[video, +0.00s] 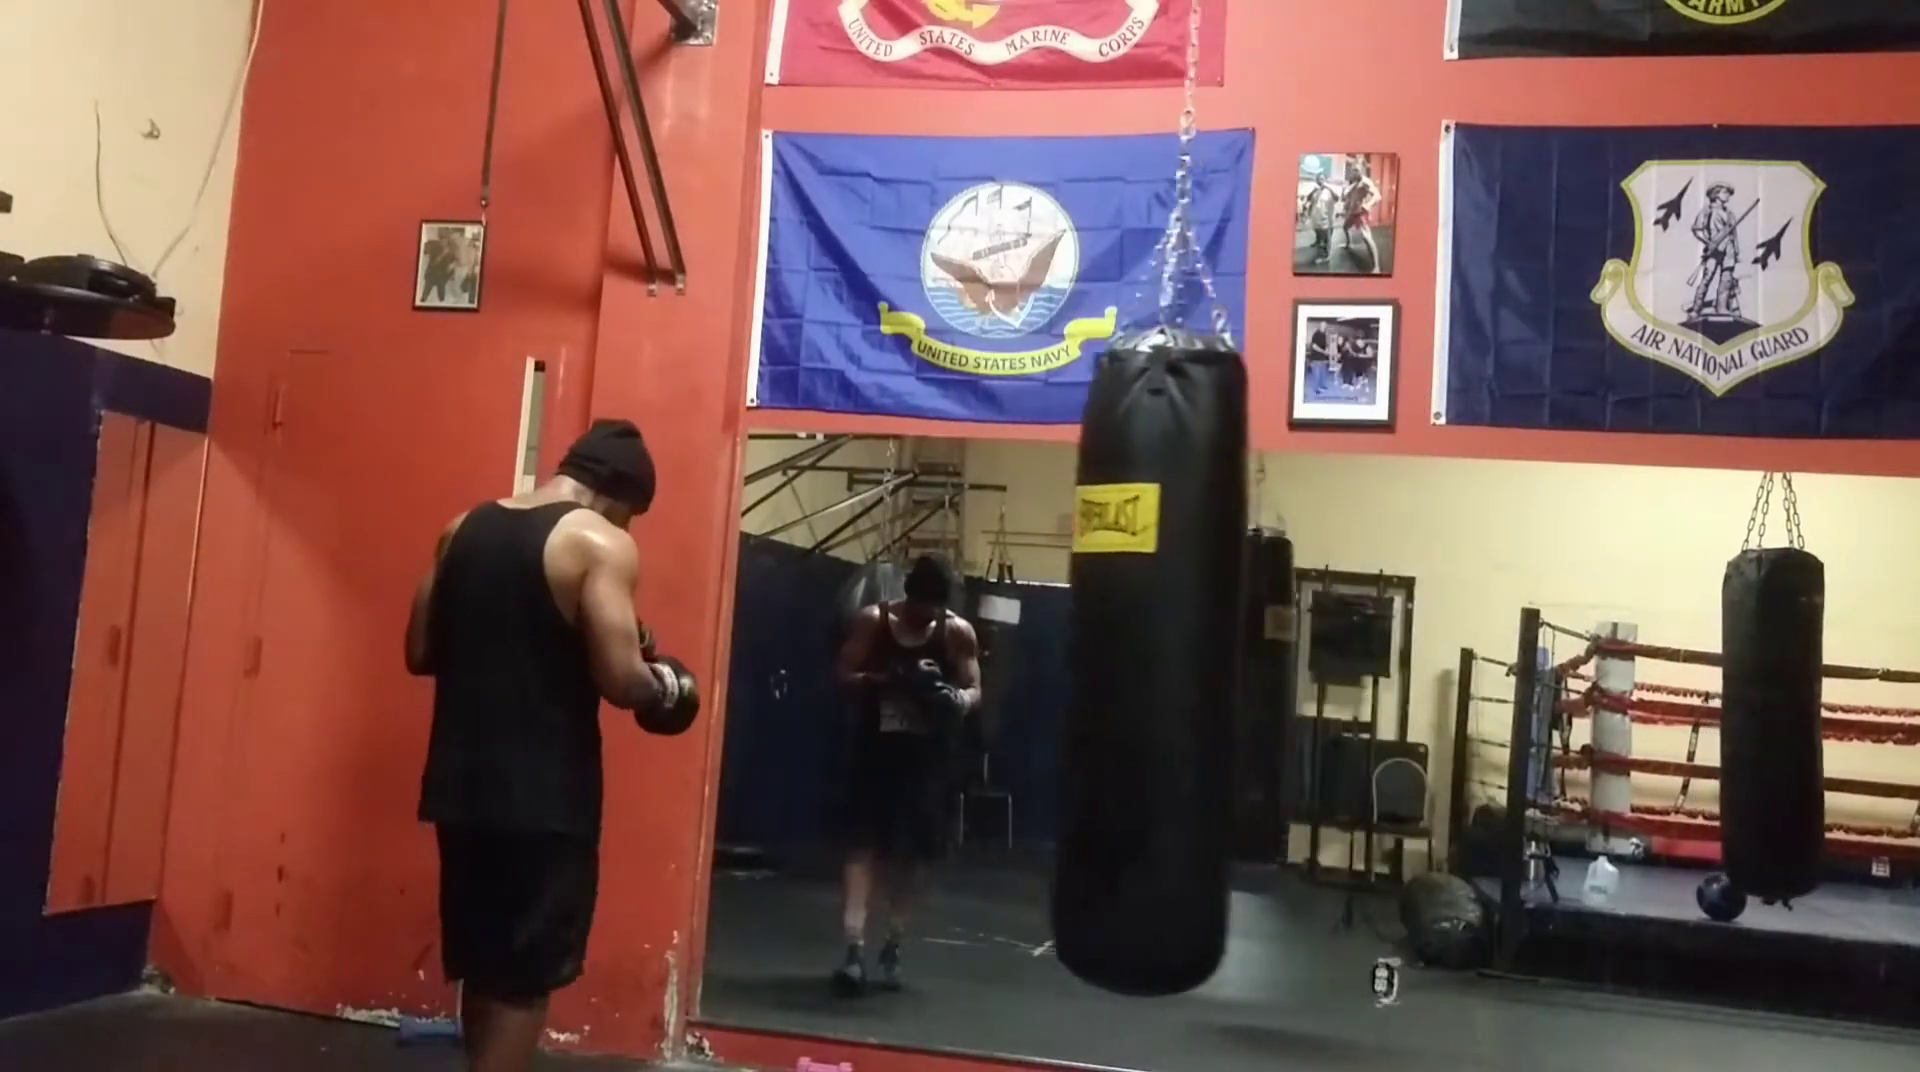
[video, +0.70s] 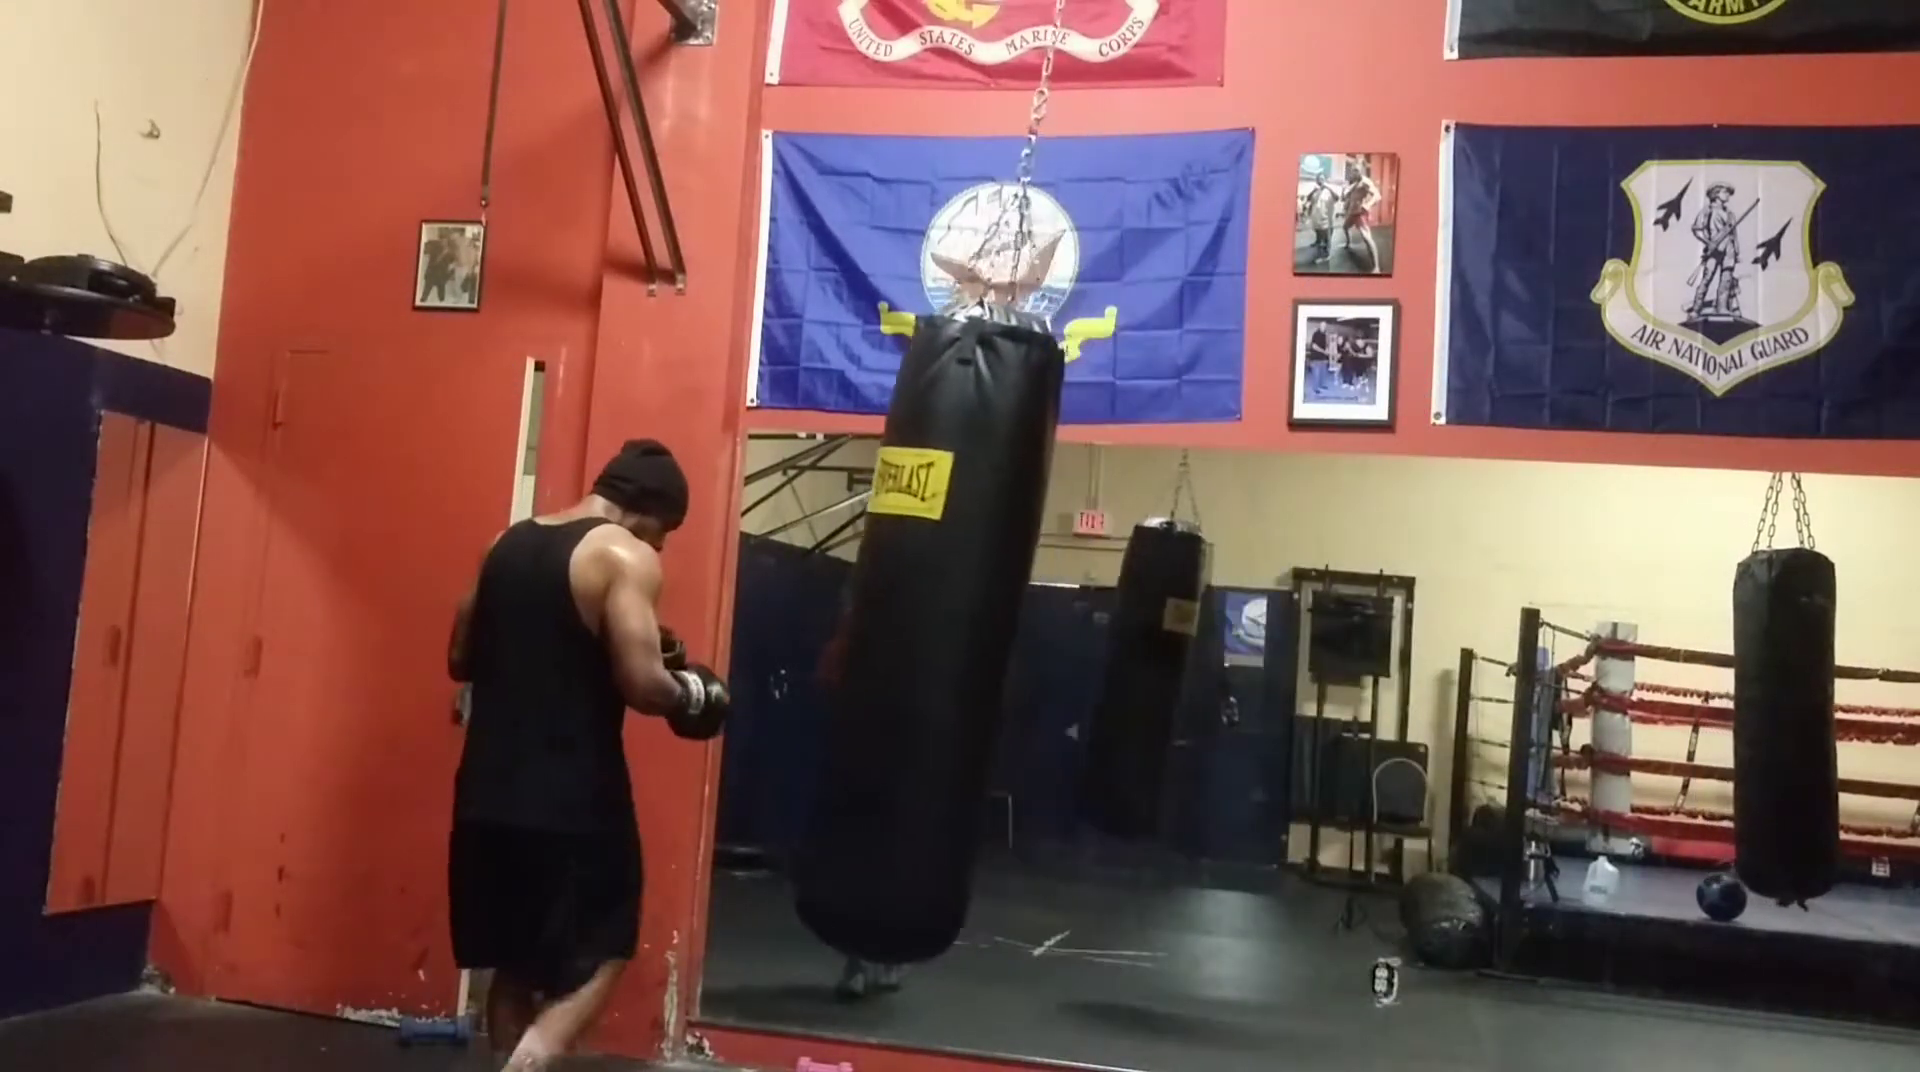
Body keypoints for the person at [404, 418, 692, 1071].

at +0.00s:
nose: (624, 526)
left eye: (629, 514)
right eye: (629, 513)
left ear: (567, 471)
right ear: (620, 492)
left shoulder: (467, 526)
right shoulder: (602, 542)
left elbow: (421, 654)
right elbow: (620, 678)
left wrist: (507, 635)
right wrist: (660, 684)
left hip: (464, 793)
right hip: (546, 802)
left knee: (481, 976)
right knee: (522, 987)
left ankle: (485, 1064)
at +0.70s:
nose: (659, 543)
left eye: (665, 531)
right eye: (663, 529)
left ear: (602, 491)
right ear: (648, 508)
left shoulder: (512, 541)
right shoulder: (626, 555)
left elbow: (461, 661)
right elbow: (642, 680)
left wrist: (555, 641)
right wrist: (687, 695)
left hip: (490, 786)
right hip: (576, 791)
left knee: (512, 961)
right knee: (605, 950)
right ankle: (525, 1061)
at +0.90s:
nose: (674, 542)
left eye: (681, 530)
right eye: (678, 528)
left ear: (620, 492)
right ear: (659, 508)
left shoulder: (532, 540)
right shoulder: (635, 554)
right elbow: (647, 672)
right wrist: (698, 692)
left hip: (508, 766)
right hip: (591, 771)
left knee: (528, 933)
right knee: (664, 919)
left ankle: (514, 1063)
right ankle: (589, 1052)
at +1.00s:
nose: (688, 539)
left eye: (695, 527)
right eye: (692, 525)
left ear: (634, 489)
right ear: (674, 507)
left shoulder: (551, 538)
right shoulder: (640, 550)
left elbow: (566, 644)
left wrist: (660, 636)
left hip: (518, 767)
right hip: (599, 774)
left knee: (527, 943)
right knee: (655, 932)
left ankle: (513, 1065)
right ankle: (646, 1064)